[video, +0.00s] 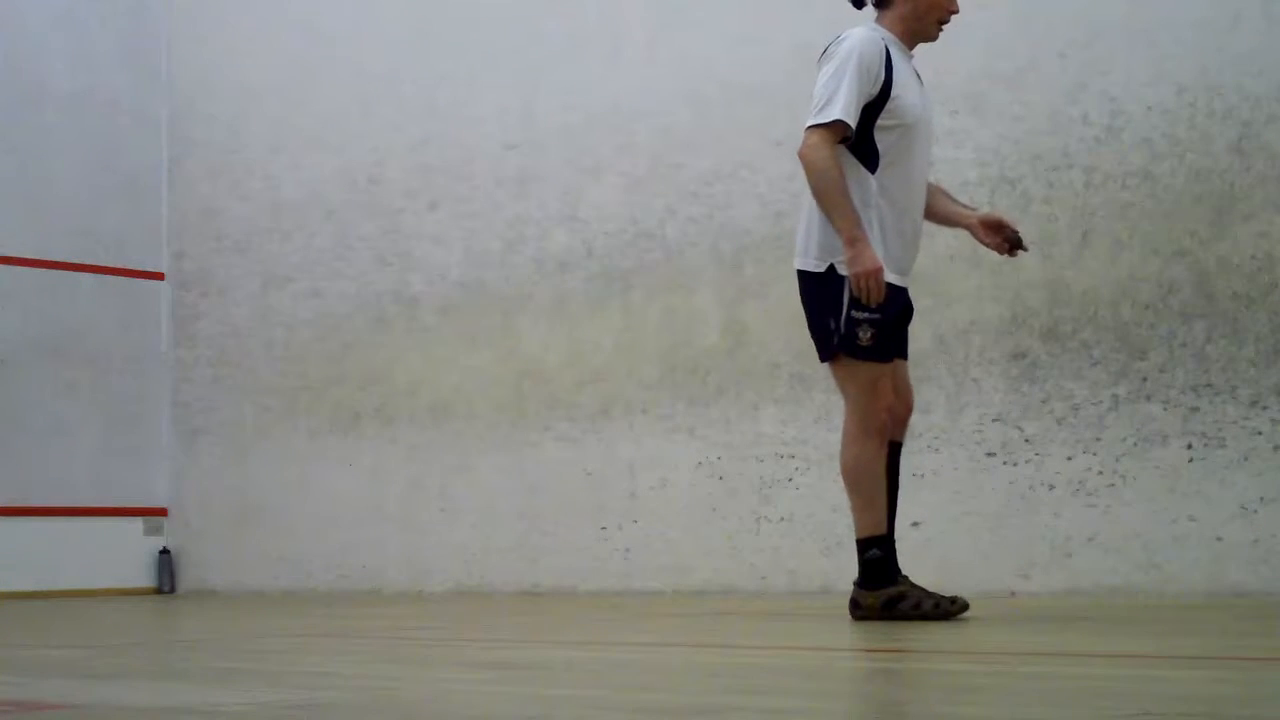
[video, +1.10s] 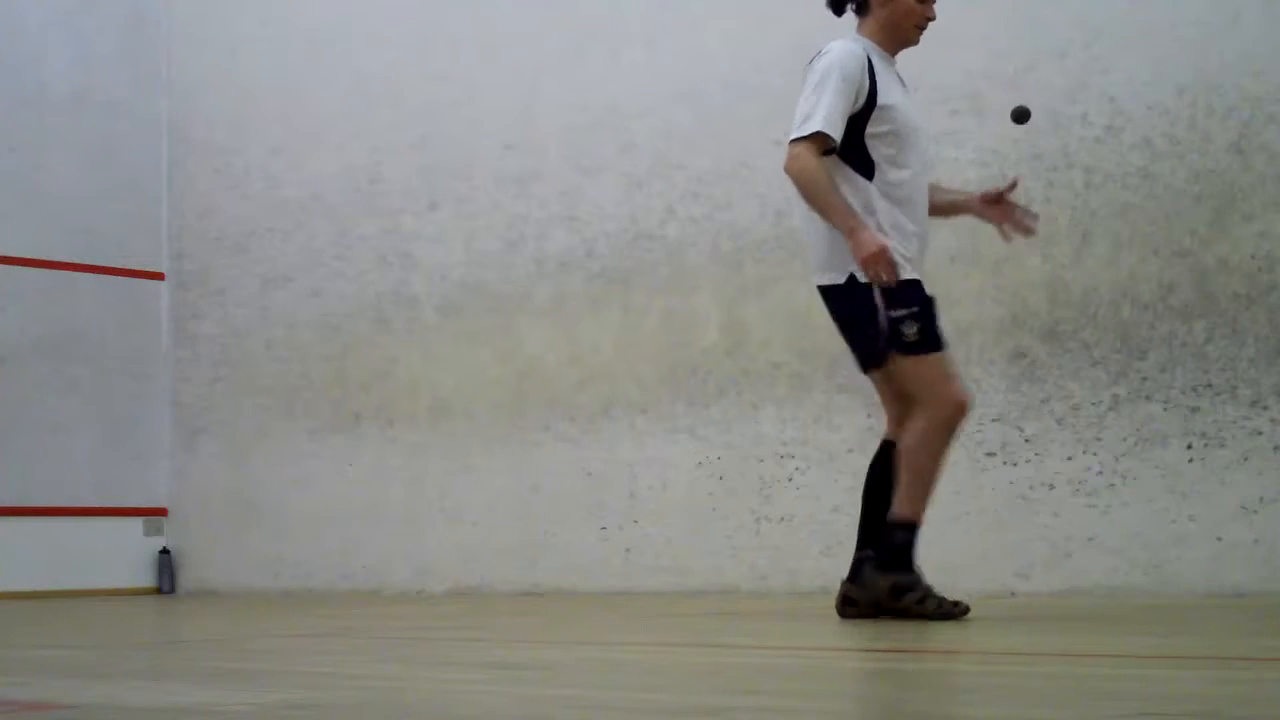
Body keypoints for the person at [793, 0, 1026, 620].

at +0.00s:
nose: (953, 8)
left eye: (952, 0)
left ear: (910, 3)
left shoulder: (904, 67)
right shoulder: (863, 48)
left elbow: (903, 183)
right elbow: (816, 149)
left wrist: (972, 219)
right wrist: (856, 243)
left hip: (881, 268)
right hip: (844, 267)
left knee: (894, 410)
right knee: (869, 412)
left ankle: (882, 576)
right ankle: (875, 582)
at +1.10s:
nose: (932, 12)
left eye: (932, 3)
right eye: (923, 1)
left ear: (886, 7)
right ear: (882, 2)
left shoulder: (883, 73)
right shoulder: (845, 58)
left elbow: (896, 191)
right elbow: (802, 159)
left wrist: (975, 203)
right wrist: (859, 234)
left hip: (880, 269)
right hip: (868, 269)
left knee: (908, 418)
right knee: (942, 401)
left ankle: (869, 577)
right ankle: (894, 568)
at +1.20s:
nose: (927, 26)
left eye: (928, 15)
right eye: (917, 13)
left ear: (888, 18)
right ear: (875, 12)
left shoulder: (878, 89)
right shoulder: (842, 75)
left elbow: (891, 207)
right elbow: (792, 176)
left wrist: (963, 233)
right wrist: (846, 246)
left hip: (881, 274)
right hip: (879, 270)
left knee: (928, 432)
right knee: (1012, 343)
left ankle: (869, 582)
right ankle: (939, 484)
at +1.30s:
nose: (928, 38)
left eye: (930, 26)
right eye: (919, 24)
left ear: (896, 28)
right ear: (877, 22)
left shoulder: (882, 96)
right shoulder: (843, 85)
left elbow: (878, 197)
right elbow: (790, 183)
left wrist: (932, 237)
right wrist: (848, 259)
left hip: (881, 277)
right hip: (880, 267)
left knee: (937, 430)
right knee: (1031, 257)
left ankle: (869, 582)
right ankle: (969, 405)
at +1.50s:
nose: (931, 21)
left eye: (934, 11)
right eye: (918, 9)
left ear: (931, 20)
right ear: (878, 12)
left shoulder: (907, 92)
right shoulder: (848, 72)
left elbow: (917, 205)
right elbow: (785, 167)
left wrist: (993, 286)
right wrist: (835, 216)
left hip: (898, 268)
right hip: (874, 262)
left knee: (935, 431)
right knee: (1028, 233)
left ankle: (869, 581)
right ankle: (936, 377)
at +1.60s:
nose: (927, 13)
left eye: (934, 4)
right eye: (912, 2)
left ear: (940, 16)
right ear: (879, 12)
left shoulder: (935, 105)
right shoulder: (850, 69)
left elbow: (963, 206)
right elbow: (777, 152)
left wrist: (1020, 269)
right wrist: (771, 179)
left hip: (894, 263)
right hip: (872, 255)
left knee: (948, 431)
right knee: (1017, 304)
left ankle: (870, 581)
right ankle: (917, 446)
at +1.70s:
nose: (925, 8)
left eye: (934, 0)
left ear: (944, 13)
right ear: (882, 12)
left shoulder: (956, 99)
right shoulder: (852, 72)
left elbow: (1009, 177)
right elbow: (773, 149)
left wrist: (1043, 217)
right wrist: (705, 179)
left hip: (917, 266)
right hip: (875, 258)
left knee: (948, 435)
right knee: (989, 361)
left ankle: (870, 581)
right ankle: (931, 534)